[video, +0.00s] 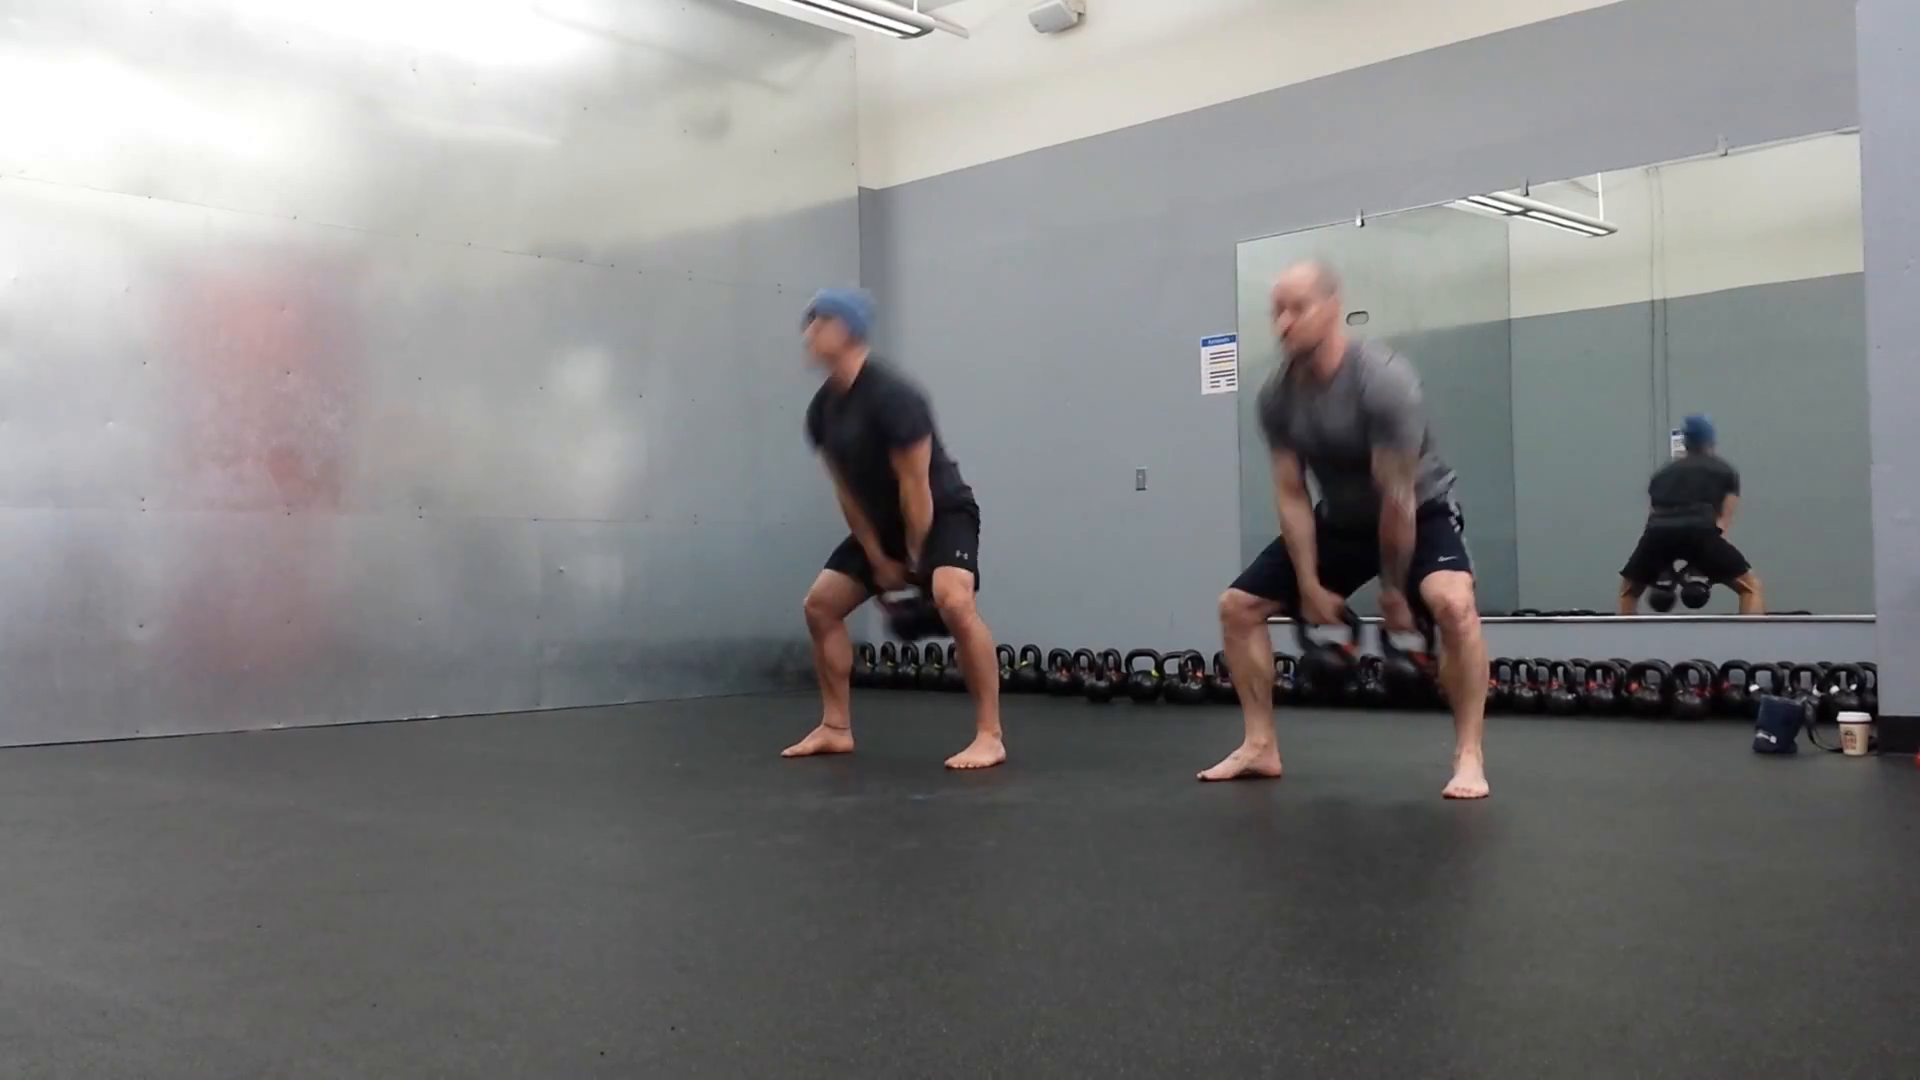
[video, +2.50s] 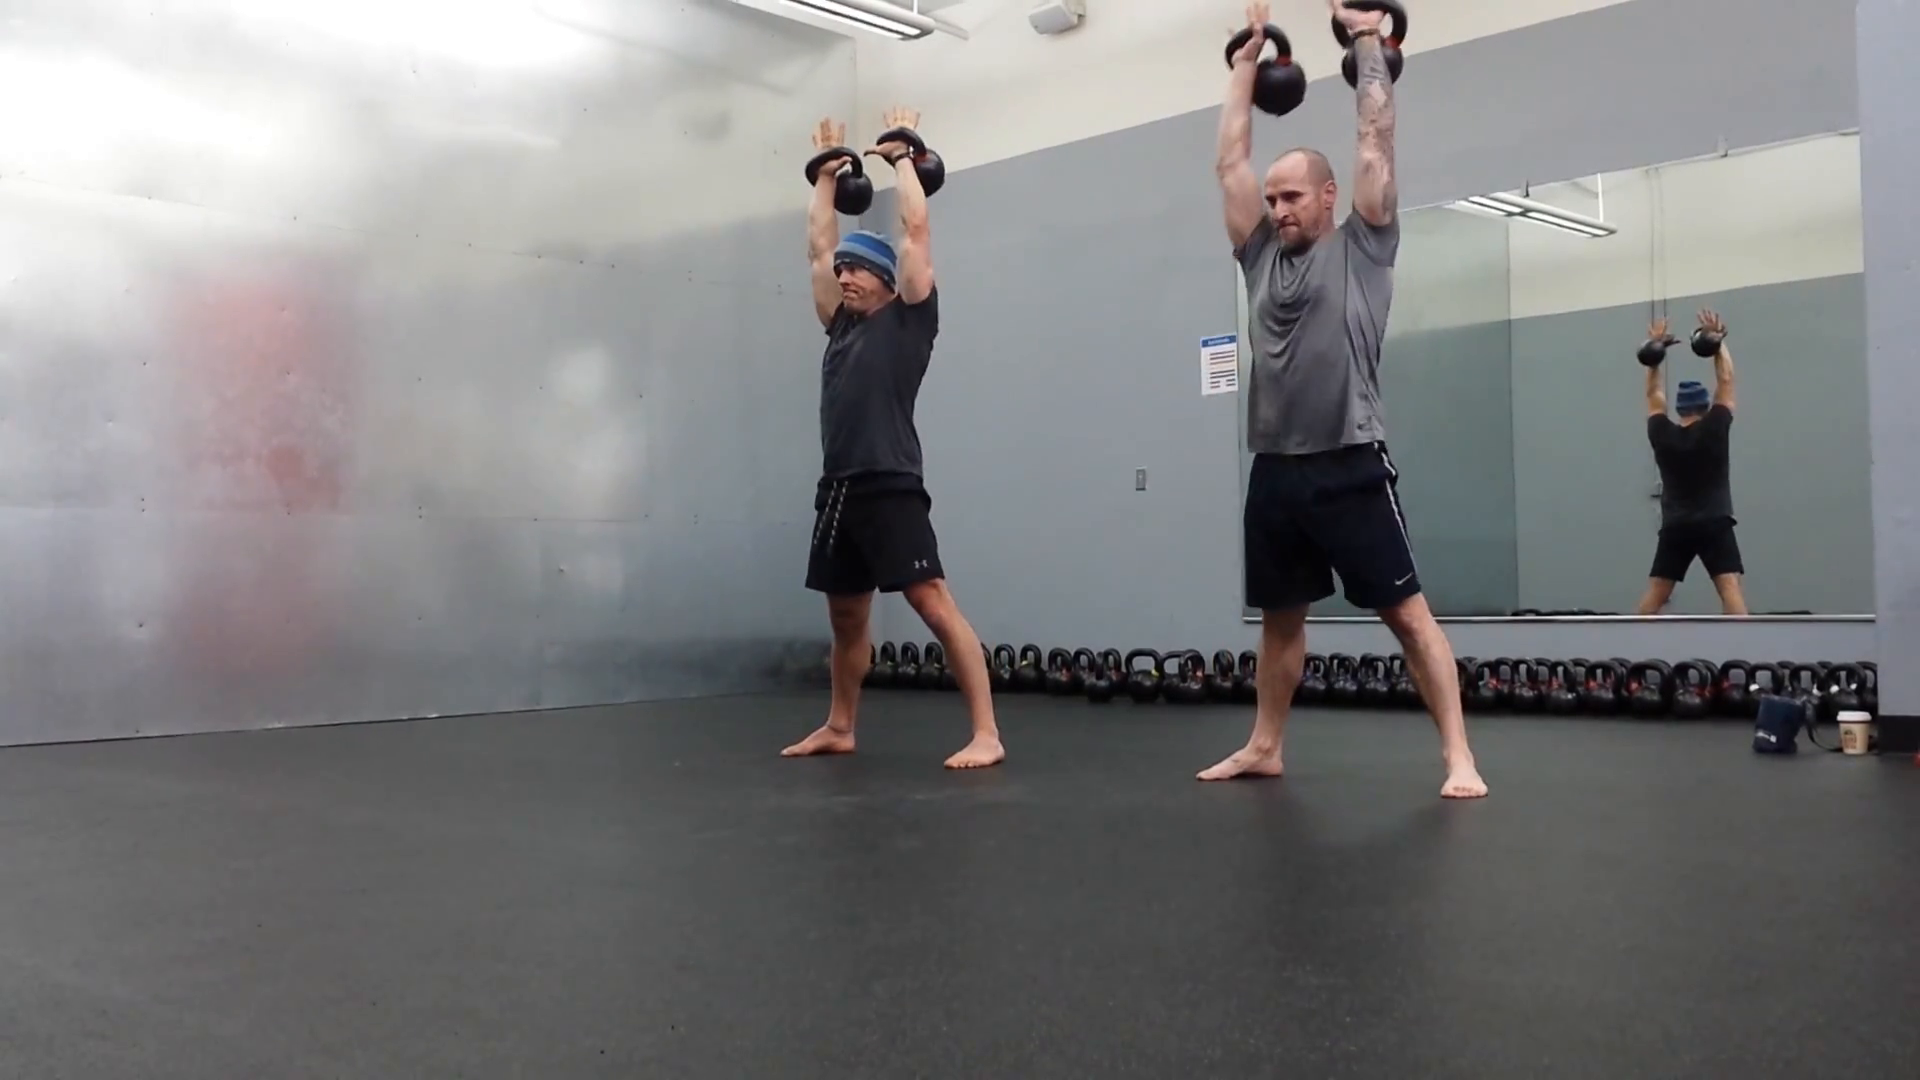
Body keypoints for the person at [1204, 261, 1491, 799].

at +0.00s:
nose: (1282, 323)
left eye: (1294, 309)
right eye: (1277, 312)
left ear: (1332, 308)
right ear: (1275, 317)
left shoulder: (1385, 380)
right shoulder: (1279, 395)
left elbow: (1398, 496)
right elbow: (1291, 494)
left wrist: (1393, 590)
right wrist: (1309, 585)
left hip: (1419, 512)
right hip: (1344, 517)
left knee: (1453, 604)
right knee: (1239, 608)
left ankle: (1469, 755)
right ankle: (1259, 745)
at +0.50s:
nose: (1331, 222)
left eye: (1344, 210)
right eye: (1324, 214)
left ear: (1379, 217)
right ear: (1318, 226)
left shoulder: (1411, 296)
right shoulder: (1308, 308)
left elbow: (1380, 383)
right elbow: (1288, 391)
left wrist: (1340, 460)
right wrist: (1271, 470)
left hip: (1401, 471)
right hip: (1327, 471)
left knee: (1437, 596)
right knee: (1270, 598)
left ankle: (1468, 755)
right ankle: (1262, 742)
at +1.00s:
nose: (1351, 217)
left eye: (1364, 204)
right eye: (1345, 208)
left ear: (1399, 212)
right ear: (1339, 222)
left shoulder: (1430, 278)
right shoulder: (1328, 290)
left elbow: (1385, 293)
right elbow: (1262, 316)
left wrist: (1307, 281)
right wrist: (1211, 299)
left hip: (1393, 472)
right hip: (1315, 474)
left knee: (1426, 613)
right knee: (1281, 608)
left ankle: (1464, 756)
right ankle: (1263, 745)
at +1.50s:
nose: (1220, 396)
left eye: (1232, 379)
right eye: (1215, 383)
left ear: (1269, 377)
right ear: (1210, 388)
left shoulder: (1335, 440)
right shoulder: (1233, 462)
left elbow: (1373, 544)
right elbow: (1280, 544)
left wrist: (1373, 616)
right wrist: (1330, 615)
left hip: (1400, 534)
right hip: (1322, 545)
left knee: (1420, 622)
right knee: (1220, 615)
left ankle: (1464, 761)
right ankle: (1260, 749)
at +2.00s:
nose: (1353, 218)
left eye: (1367, 206)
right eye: (1347, 210)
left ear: (1402, 218)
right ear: (1343, 225)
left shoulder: (1427, 278)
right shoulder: (1328, 292)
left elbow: (1406, 332)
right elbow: (1289, 344)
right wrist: (1248, 358)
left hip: (1384, 466)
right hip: (1311, 466)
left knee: (1420, 610)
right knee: (1282, 611)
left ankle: (1463, 757)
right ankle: (1264, 746)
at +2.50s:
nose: (1278, 209)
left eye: (1291, 195)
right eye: (1272, 199)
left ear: (1329, 198)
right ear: (1267, 209)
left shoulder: (1363, 252)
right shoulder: (1265, 258)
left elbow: (1377, 144)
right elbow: (1232, 163)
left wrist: (1369, 45)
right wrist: (1244, 64)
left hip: (1352, 466)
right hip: (1276, 469)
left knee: (1408, 614)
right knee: (1279, 617)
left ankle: (1459, 760)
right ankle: (1264, 746)